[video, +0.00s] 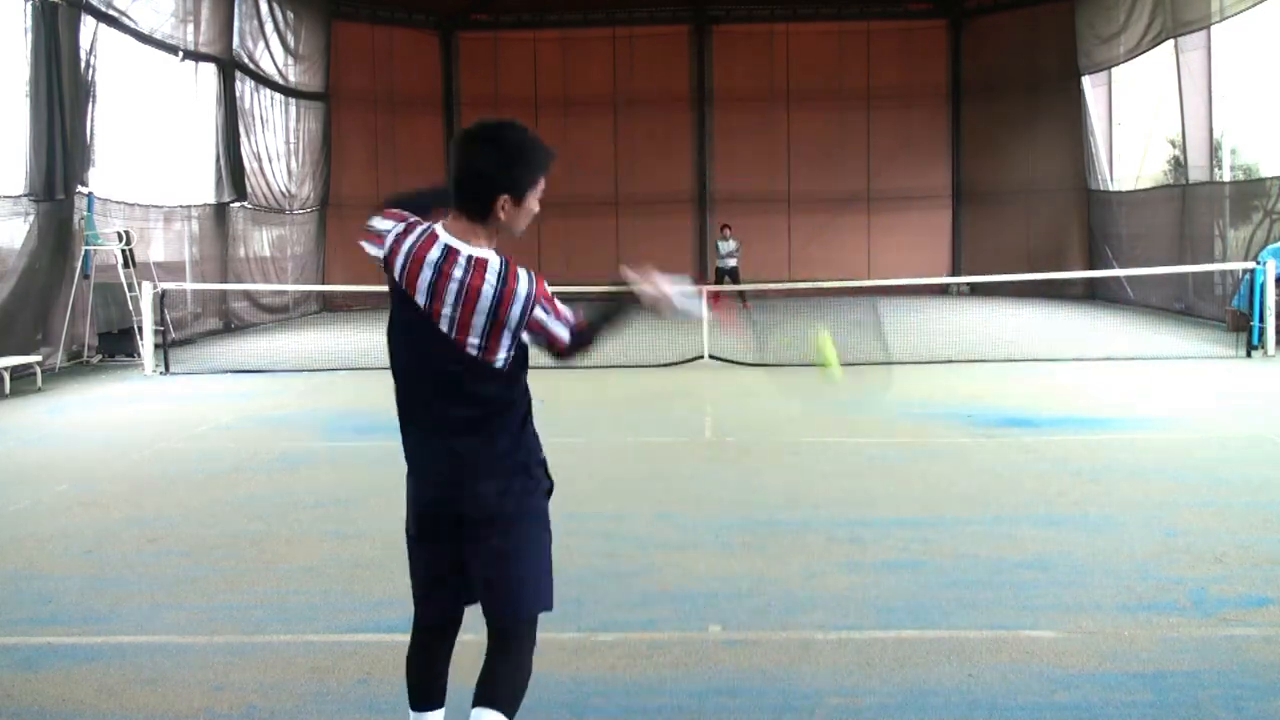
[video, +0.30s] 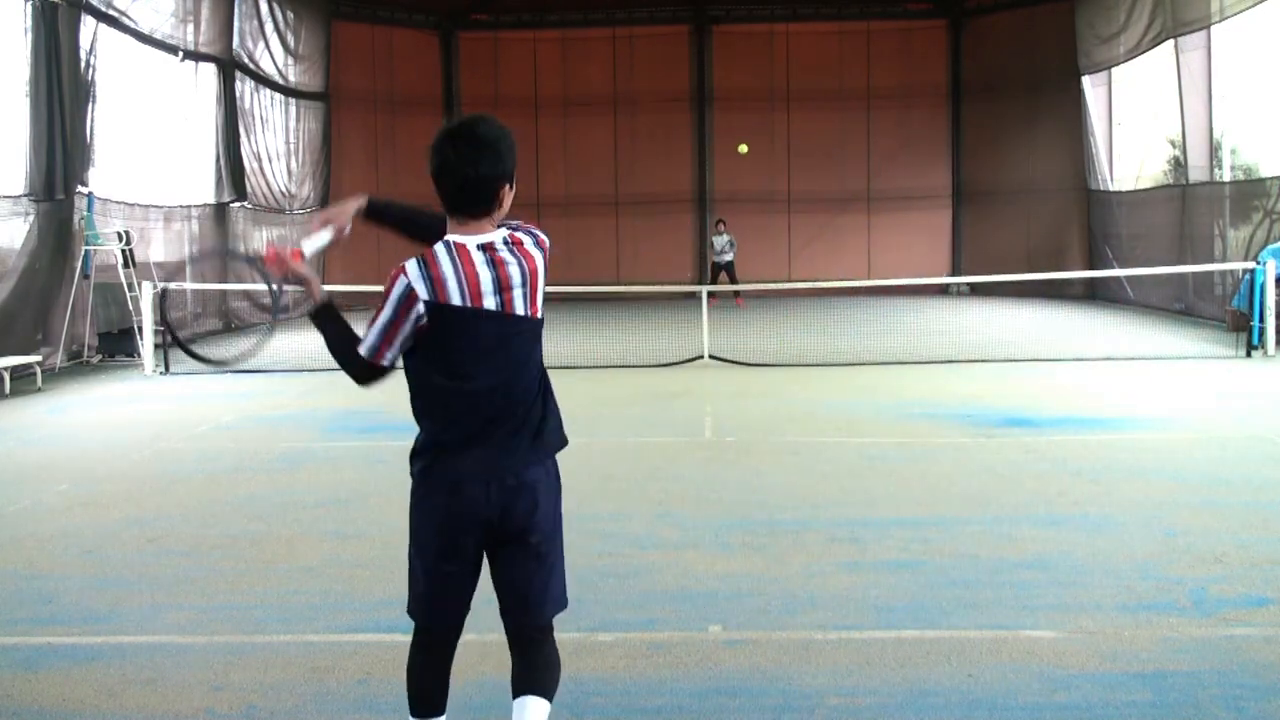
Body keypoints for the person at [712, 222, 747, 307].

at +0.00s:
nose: (726, 233)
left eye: (728, 231)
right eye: (724, 231)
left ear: (730, 232)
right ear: (721, 233)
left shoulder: (735, 242)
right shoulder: (718, 242)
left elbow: (737, 254)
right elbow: (720, 254)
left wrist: (725, 254)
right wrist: (733, 252)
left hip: (733, 266)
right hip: (721, 266)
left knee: (738, 285)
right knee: (718, 285)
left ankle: (744, 302)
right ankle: (715, 302)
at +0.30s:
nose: (721, 228)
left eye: (722, 225)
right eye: (719, 226)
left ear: (724, 227)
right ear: (716, 228)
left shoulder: (729, 237)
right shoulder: (713, 238)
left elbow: (734, 247)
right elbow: (713, 249)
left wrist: (729, 252)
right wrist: (721, 251)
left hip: (728, 260)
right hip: (717, 261)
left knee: (733, 279)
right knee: (713, 279)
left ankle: (737, 296)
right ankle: (712, 297)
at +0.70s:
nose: (729, 234)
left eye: (731, 232)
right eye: (728, 232)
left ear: (734, 233)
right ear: (726, 234)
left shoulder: (737, 242)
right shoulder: (725, 243)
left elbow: (732, 251)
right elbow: (722, 249)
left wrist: (722, 249)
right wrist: (716, 249)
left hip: (738, 264)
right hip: (728, 265)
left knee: (738, 283)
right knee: (722, 282)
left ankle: (740, 301)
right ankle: (718, 298)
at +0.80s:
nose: (733, 232)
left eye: (734, 230)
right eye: (731, 230)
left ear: (737, 231)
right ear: (728, 232)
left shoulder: (740, 240)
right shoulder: (728, 241)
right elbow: (722, 247)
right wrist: (713, 247)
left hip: (744, 262)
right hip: (735, 263)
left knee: (743, 281)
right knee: (732, 282)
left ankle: (743, 298)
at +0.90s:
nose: (736, 234)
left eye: (737, 231)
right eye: (734, 232)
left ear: (740, 232)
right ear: (731, 233)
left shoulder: (743, 241)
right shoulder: (731, 242)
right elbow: (725, 247)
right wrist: (713, 248)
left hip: (749, 262)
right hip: (740, 264)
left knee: (749, 279)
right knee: (741, 281)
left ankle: (751, 296)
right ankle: (748, 295)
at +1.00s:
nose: (737, 237)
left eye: (739, 234)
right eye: (736, 235)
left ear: (742, 235)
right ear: (734, 236)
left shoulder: (745, 244)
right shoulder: (736, 247)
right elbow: (730, 252)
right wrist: (720, 253)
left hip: (753, 265)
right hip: (745, 268)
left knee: (757, 282)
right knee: (743, 286)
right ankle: (752, 299)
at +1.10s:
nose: (740, 238)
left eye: (742, 235)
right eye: (738, 236)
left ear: (745, 236)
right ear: (736, 237)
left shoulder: (748, 244)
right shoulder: (740, 247)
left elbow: (736, 252)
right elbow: (738, 256)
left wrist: (726, 256)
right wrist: (730, 259)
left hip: (756, 266)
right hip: (747, 269)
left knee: (761, 283)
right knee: (745, 286)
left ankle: (776, 295)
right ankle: (753, 299)